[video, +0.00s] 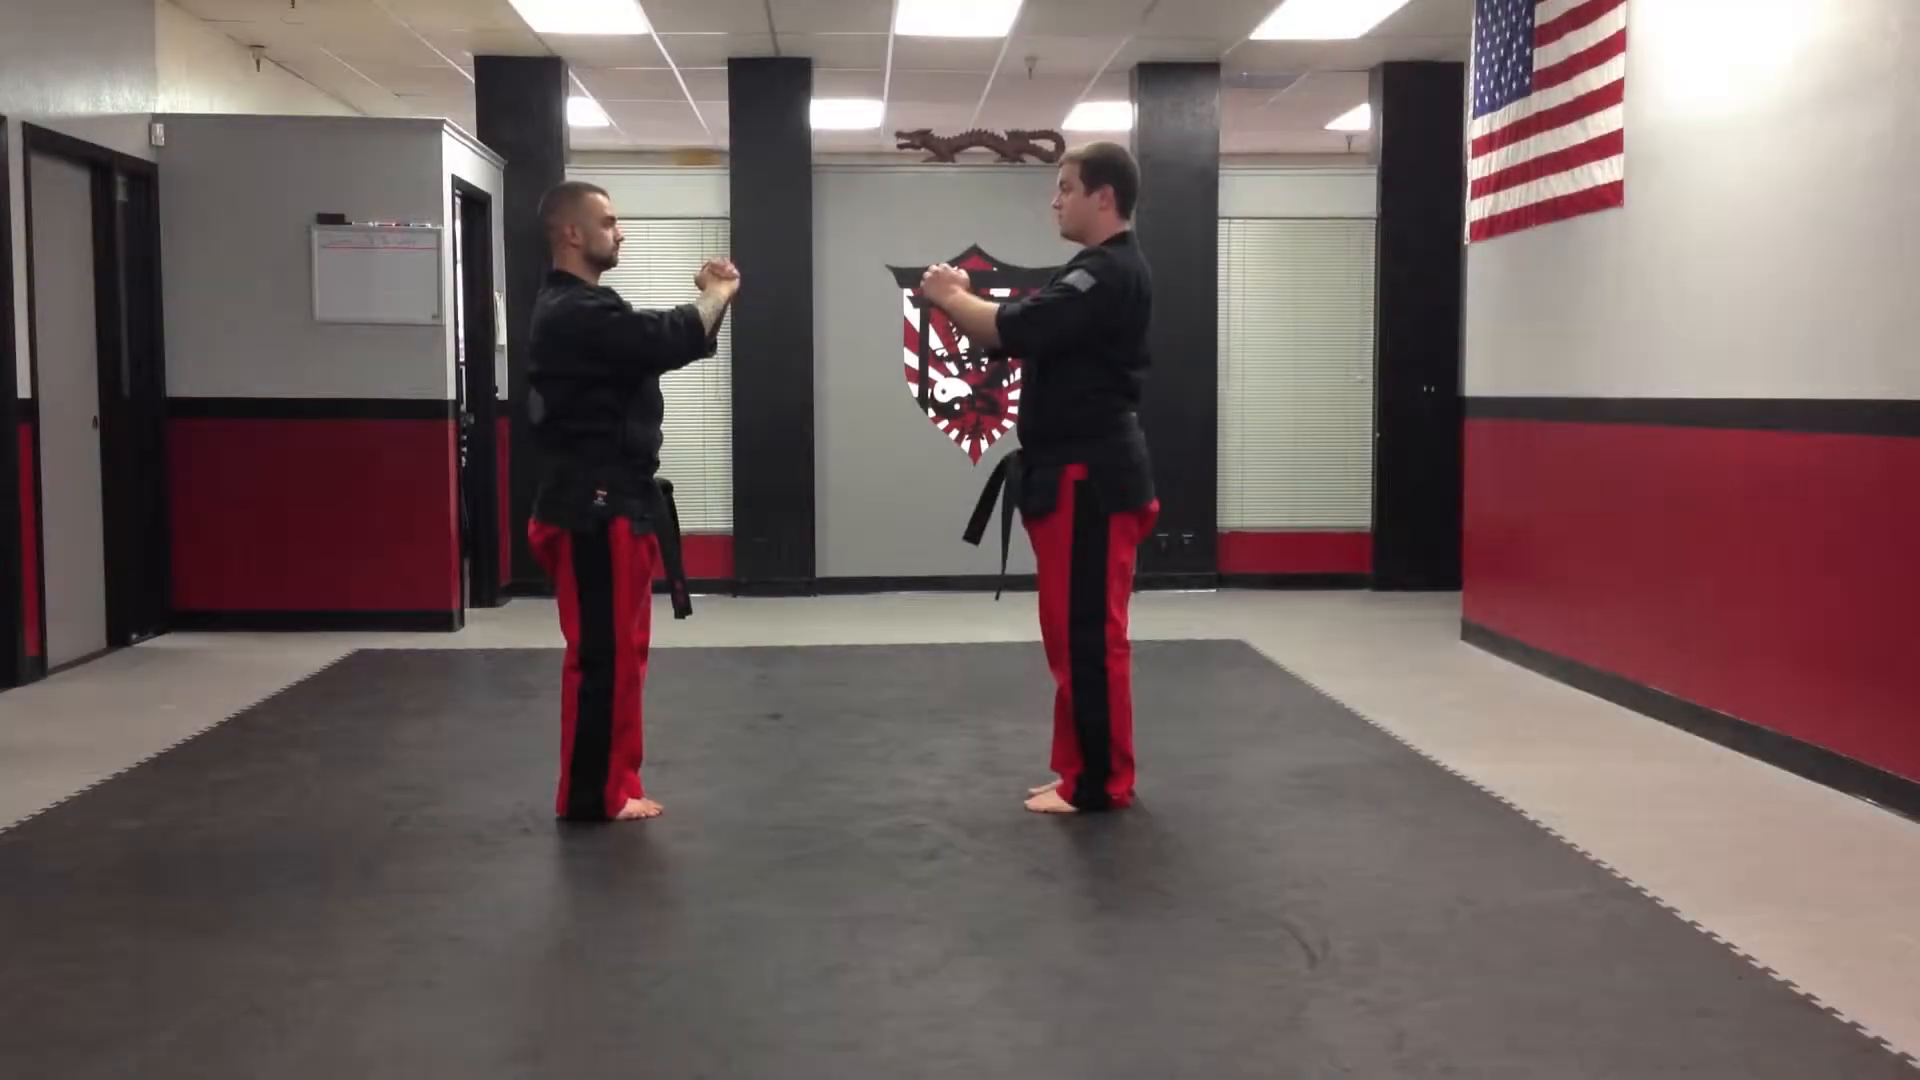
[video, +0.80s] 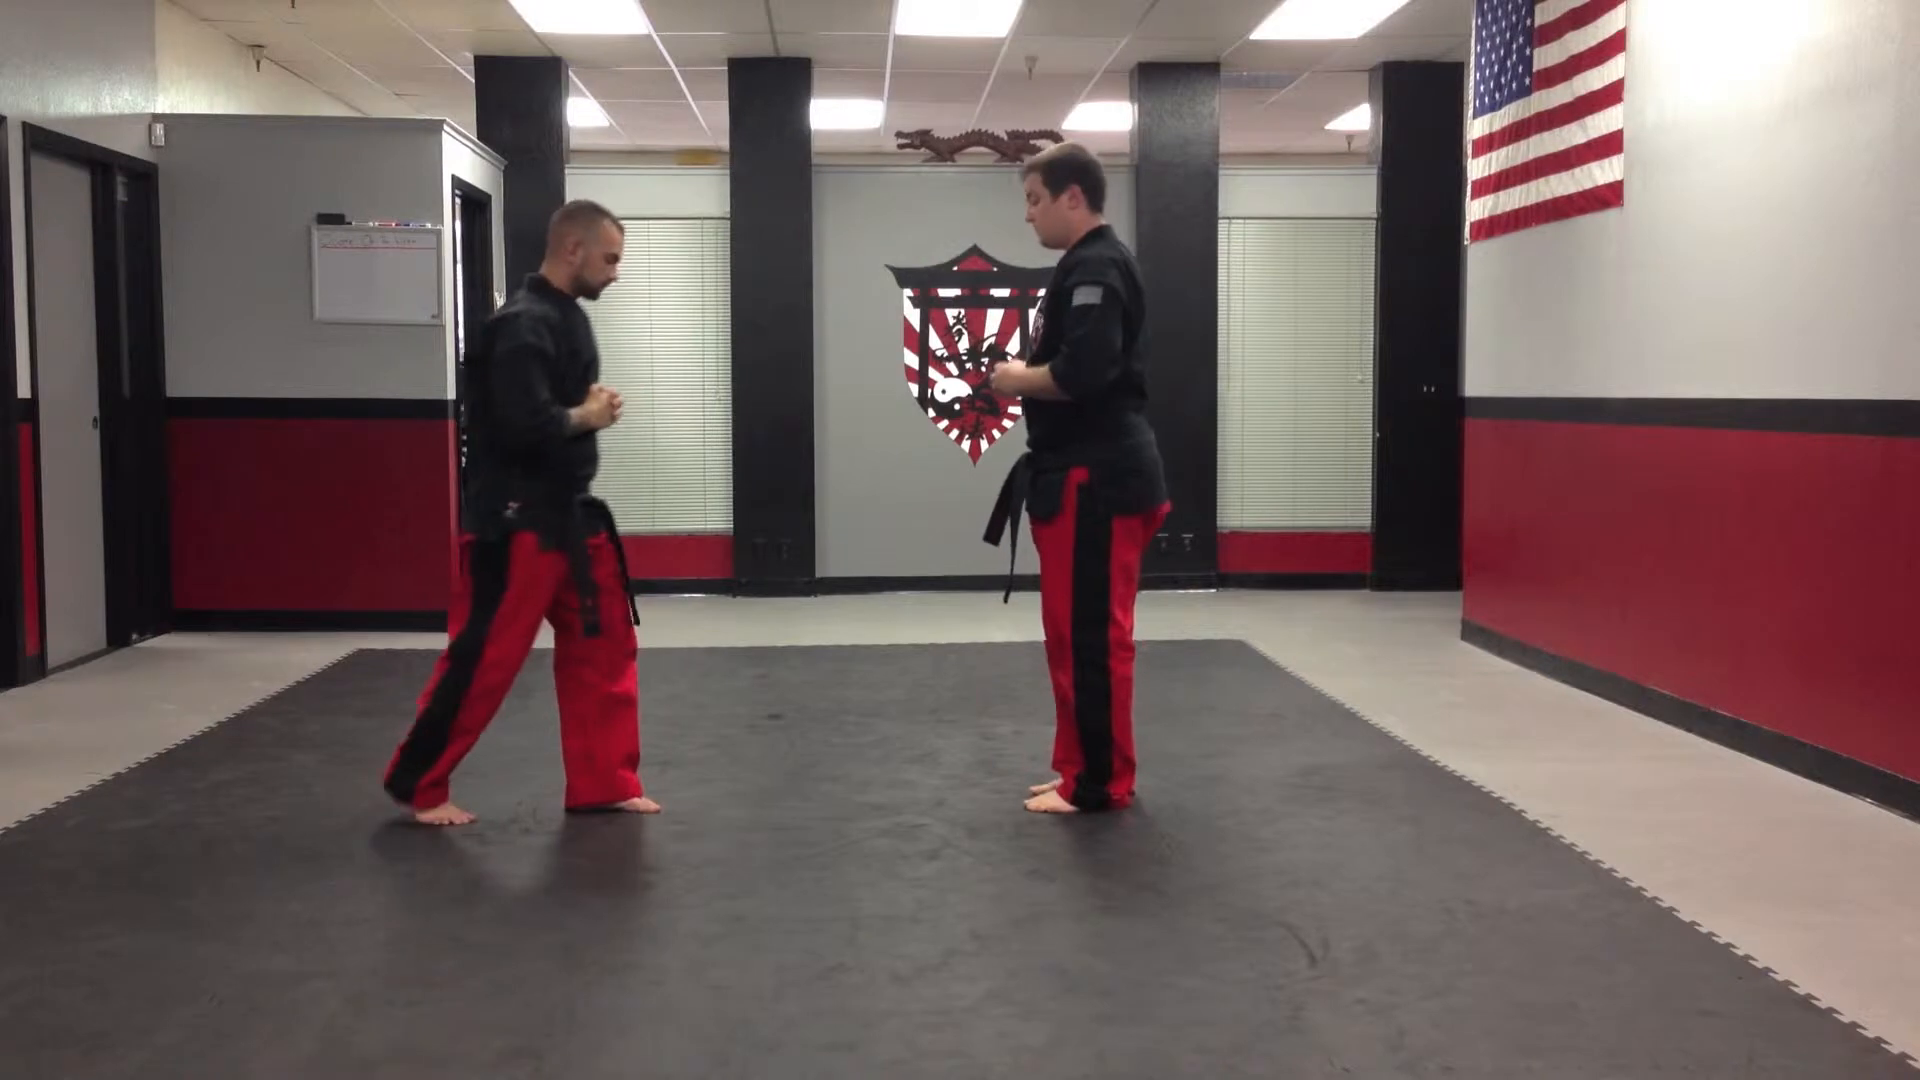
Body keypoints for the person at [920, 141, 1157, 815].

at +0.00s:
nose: (1055, 201)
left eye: (1065, 189)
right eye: (1057, 189)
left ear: (1102, 197)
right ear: (1101, 198)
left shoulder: (1109, 270)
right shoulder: (1099, 266)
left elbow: (1010, 331)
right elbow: (1025, 324)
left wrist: (953, 298)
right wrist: (966, 298)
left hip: (1091, 474)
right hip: (1074, 471)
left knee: (1088, 634)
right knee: (1075, 633)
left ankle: (1097, 784)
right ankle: (1087, 775)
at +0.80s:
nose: (1029, 215)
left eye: (1035, 201)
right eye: (1027, 203)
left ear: (1072, 198)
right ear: (1074, 200)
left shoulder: (1098, 266)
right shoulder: (1083, 264)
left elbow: (1086, 372)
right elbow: (1076, 367)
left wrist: (1019, 379)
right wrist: (1020, 376)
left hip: (1102, 477)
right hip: (1081, 474)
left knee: (1090, 634)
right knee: (1075, 631)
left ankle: (1098, 783)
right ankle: (1086, 772)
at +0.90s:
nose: (1022, 222)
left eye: (1025, 208)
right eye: (1019, 209)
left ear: (1062, 201)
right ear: (1065, 203)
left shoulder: (1091, 269)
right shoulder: (1085, 264)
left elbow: (1085, 376)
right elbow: (1077, 370)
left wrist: (1016, 385)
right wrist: (1018, 380)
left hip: (1104, 479)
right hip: (1085, 475)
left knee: (1092, 637)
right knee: (1077, 632)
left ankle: (1100, 785)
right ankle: (1086, 764)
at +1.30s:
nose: (1025, 221)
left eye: (1032, 208)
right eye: (1025, 208)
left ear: (1070, 210)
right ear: (1074, 213)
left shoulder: (1093, 278)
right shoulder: (1102, 270)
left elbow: (1096, 385)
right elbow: (1095, 381)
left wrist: (1028, 394)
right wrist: (1028, 392)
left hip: (1094, 480)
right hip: (1126, 475)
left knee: (1043, 622)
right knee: (1115, 615)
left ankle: (1082, 779)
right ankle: (1148, 760)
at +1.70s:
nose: (999, 220)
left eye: (1010, 209)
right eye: (1003, 208)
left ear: (1046, 220)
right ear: (1052, 221)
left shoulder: (1056, 291)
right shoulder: (1078, 283)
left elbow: (1054, 397)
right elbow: (1069, 389)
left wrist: (997, 405)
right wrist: (998, 401)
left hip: (1067, 493)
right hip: (1100, 487)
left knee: (1019, 638)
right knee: (1097, 629)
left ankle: (986, 790)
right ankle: (1144, 762)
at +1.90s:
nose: (994, 226)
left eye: (1005, 215)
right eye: (998, 214)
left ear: (1042, 226)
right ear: (1050, 228)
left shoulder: (1040, 295)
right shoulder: (1081, 293)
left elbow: (994, 384)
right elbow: (1047, 389)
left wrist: (926, 362)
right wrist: (966, 376)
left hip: (1047, 500)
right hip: (1096, 494)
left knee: (979, 636)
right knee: (1090, 627)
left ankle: (983, 792)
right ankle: (1154, 759)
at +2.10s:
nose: (997, 235)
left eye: (1006, 223)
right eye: (999, 222)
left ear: (1043, 231)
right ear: (1053, 235)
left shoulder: (1036, 303)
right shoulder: (1092, 304)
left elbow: (945, 379)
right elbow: (1062, 399)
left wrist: (863, 372)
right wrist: (991, 409)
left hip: (1041, 504)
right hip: (1094, 498)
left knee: (966, 635)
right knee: (1089, 630)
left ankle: (983, 792)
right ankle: (1154, 760)